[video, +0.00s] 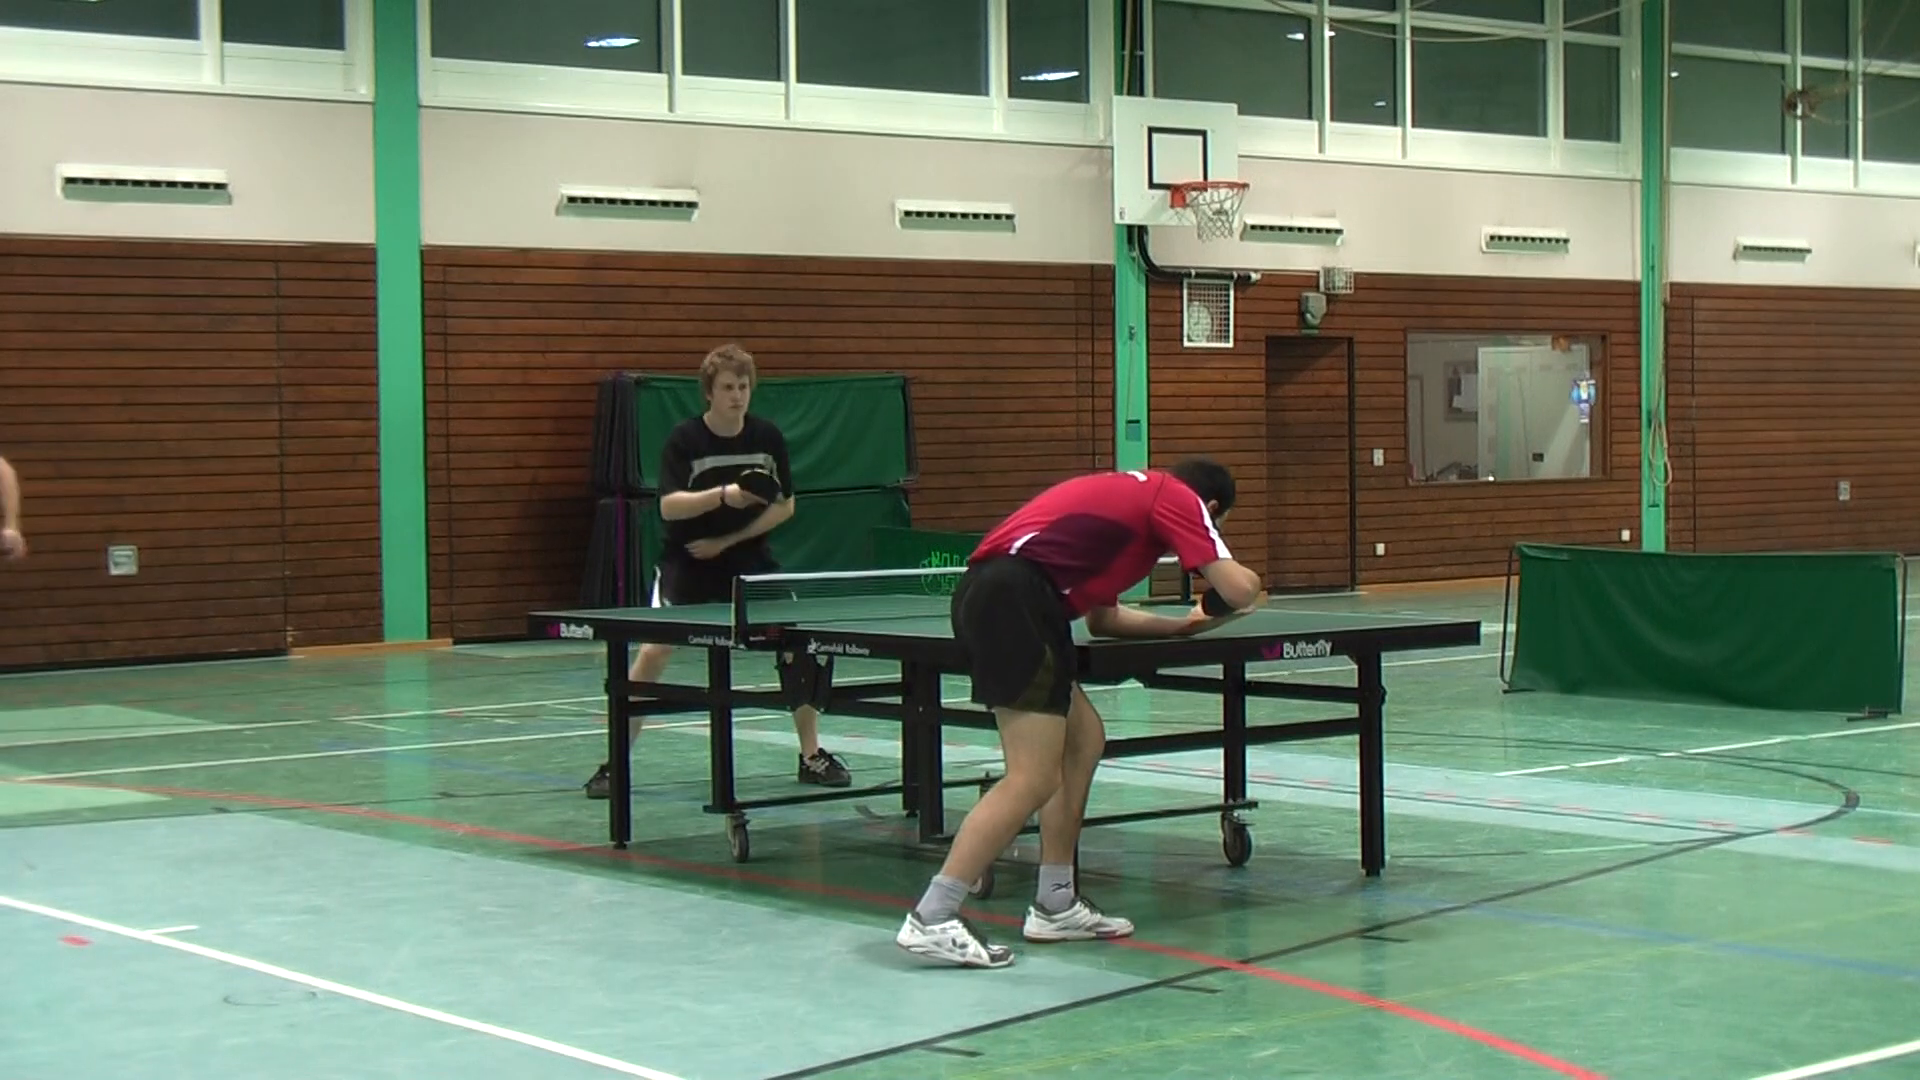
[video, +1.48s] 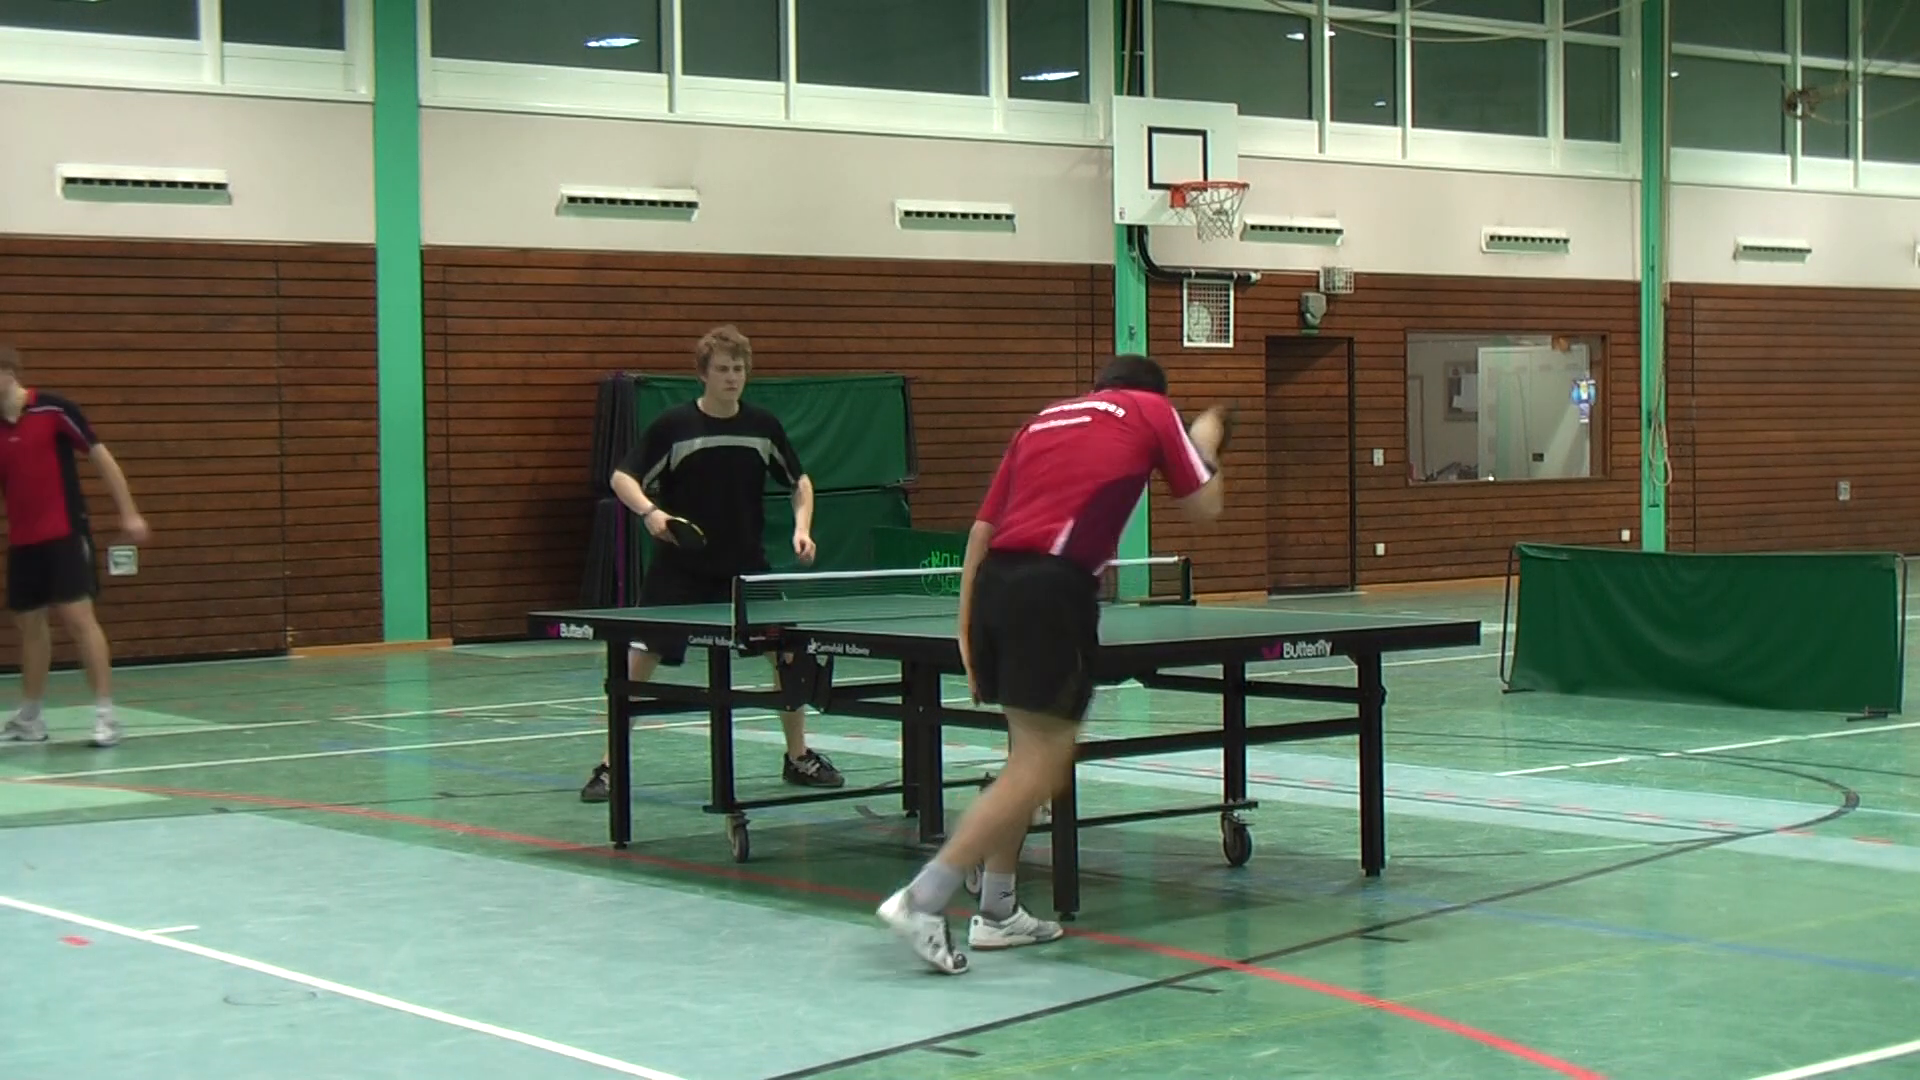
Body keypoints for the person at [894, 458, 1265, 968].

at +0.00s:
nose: (1212, 526)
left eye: (1215, 521)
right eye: (1217, 516)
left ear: (1171, 477)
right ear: (1205, 501)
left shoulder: (1116, 503)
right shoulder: (1173, 494)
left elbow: (1103, 618)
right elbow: (1238, 589)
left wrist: (1186, 624)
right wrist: (1250, 592)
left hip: (991, 593)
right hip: (1013, 594)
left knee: (1085, 737)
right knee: (1033, 777)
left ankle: (1055, 905)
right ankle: (930, 918)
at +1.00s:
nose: (1175, 434)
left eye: (1175, 425)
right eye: (1175, 424)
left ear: (1123, 401)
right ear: (1160, 414)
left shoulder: (1060, 426)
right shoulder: (1146, 436)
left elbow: (1070, 535)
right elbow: (1242, 508)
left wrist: (1151, 529)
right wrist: (1219, 538)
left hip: (976, 585)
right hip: (1016, 591)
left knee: (1065, 736)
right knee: (1003, 773)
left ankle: (1053, 904)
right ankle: (907, 914)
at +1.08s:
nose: (1160, 413)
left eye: (1161, 404)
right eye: (1160, 403)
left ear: (1105, 379)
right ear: (1143, 391)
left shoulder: (1038, 412)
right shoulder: (1128, 411)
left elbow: (1059, 517)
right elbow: (1217, 471)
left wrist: (1146, 521)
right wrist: (1199, 523)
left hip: (974, 579)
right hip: (1020, 585)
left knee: (1050, 739)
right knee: (1003, 765)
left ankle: (1051, 901)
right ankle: (908, 914)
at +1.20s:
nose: (1150, 398)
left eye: (1149, 387)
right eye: (1150, 387)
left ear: (1095, 362)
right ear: (1135, 374)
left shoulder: (1029, 404)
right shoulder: (1115, 384)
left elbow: (958, 500)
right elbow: (1161, 410)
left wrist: (1028, 540)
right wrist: (1169, 482)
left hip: (976, 575)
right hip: (1026, 578)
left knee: (1040, 736)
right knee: (1006, 758)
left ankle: (1021, 904)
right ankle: (912, 913)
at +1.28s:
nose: (1153, 407)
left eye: (1156, 400)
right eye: (1156, 398)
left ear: (1097, 365)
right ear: (1141, 382)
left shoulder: (1027, 416)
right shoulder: (1118, 380)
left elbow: (952, 491)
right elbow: (1123, 399)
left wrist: (978, 562)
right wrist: (1153, 473)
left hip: (987, 577)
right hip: (1034, 576)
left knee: (1038, 742)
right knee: (1014, 755)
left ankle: (1002, 910)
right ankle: (916, 912)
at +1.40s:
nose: (1162, 420)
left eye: (1163, 411)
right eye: (1161, 409)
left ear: (1102, 383)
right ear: (1147, 393)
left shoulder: (1038, 418)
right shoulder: (1138, 405)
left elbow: (973, 531)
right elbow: (1153, 484)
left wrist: (955, 626)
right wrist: (1164, 544)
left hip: (986, 585)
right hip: (1042, 584)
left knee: (1029, 751)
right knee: (1010, 760)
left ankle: (998, 911)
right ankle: (911, 912)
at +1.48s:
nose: (1165, 413)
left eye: (1163, 403)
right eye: (1164, 403)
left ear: (1105, 385)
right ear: (1154, 394)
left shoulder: (1041, 420)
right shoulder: (1152, 410)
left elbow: (981, 532)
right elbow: (1205, 505)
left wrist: (966, 632)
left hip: (993, 585)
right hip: (1052, 589)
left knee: (1028, 756)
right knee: (1038, 768)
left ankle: (997, 911)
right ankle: (919, 902)